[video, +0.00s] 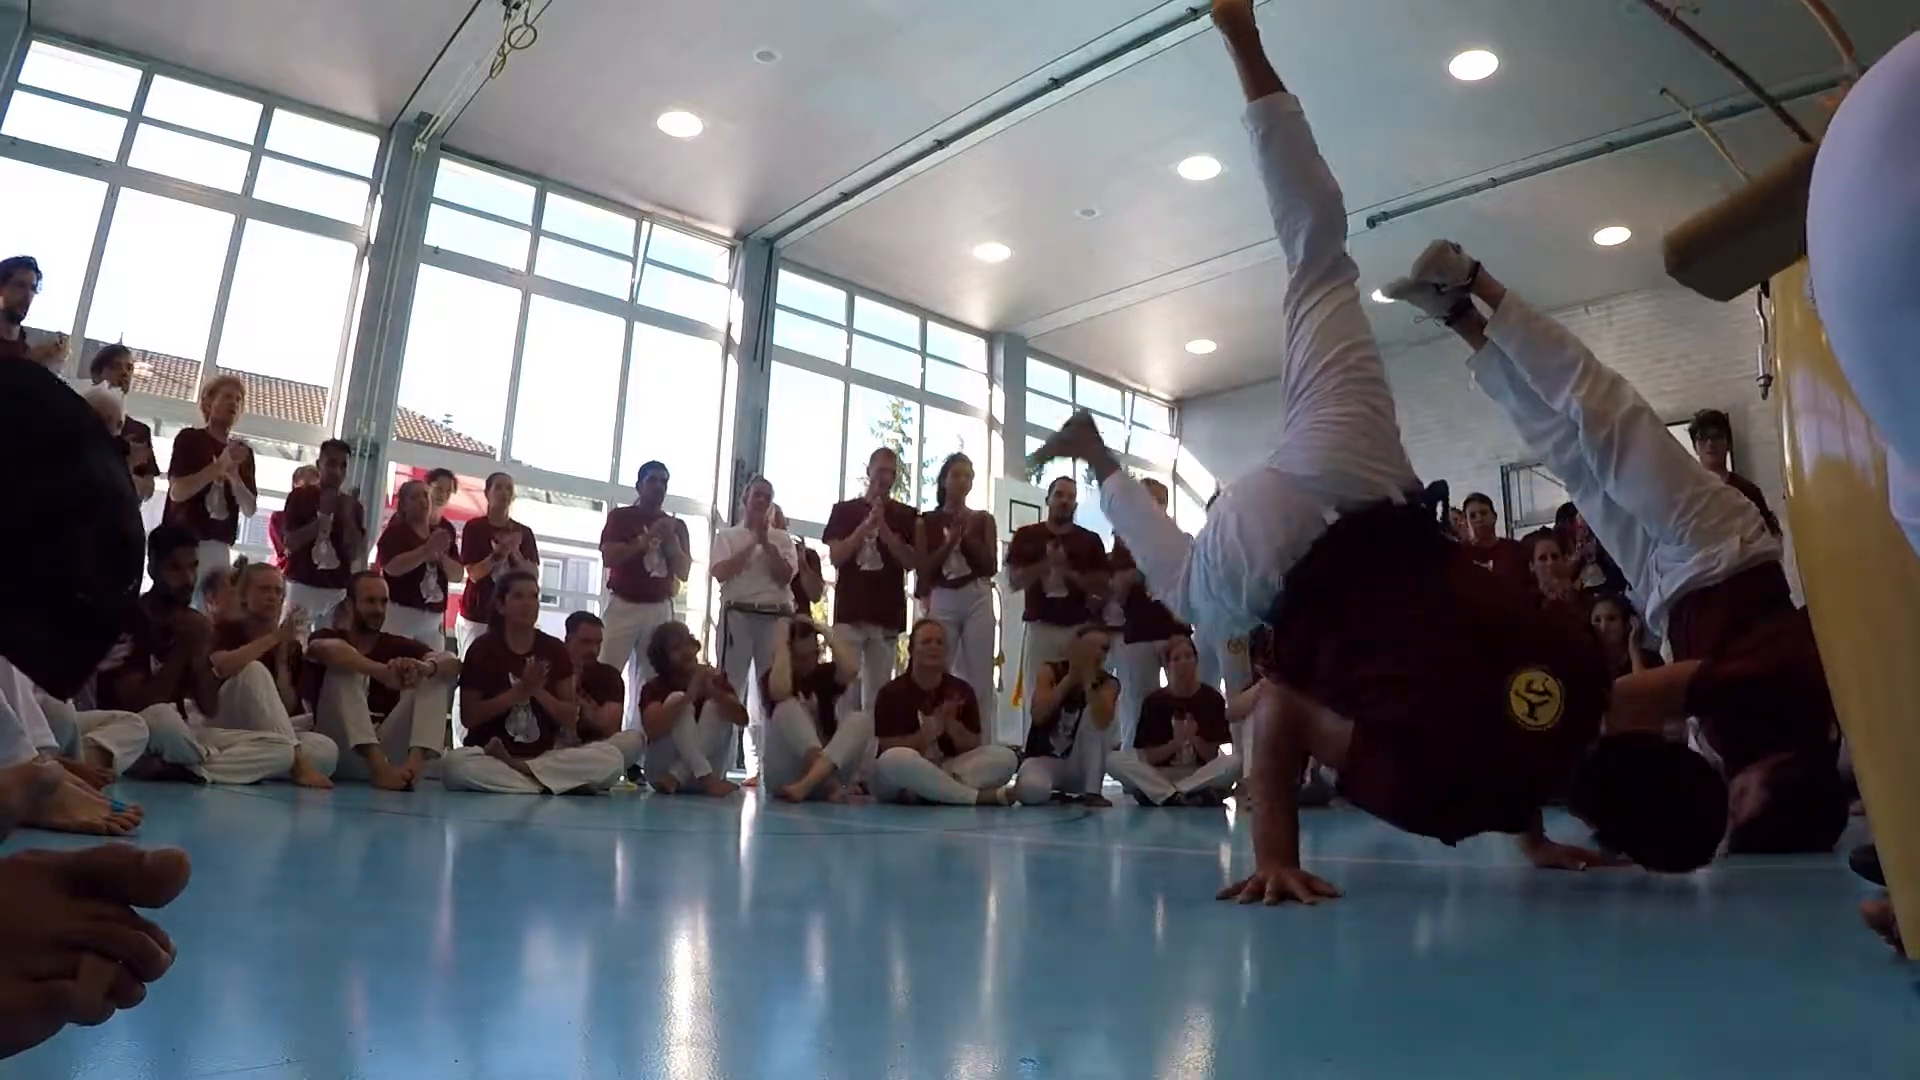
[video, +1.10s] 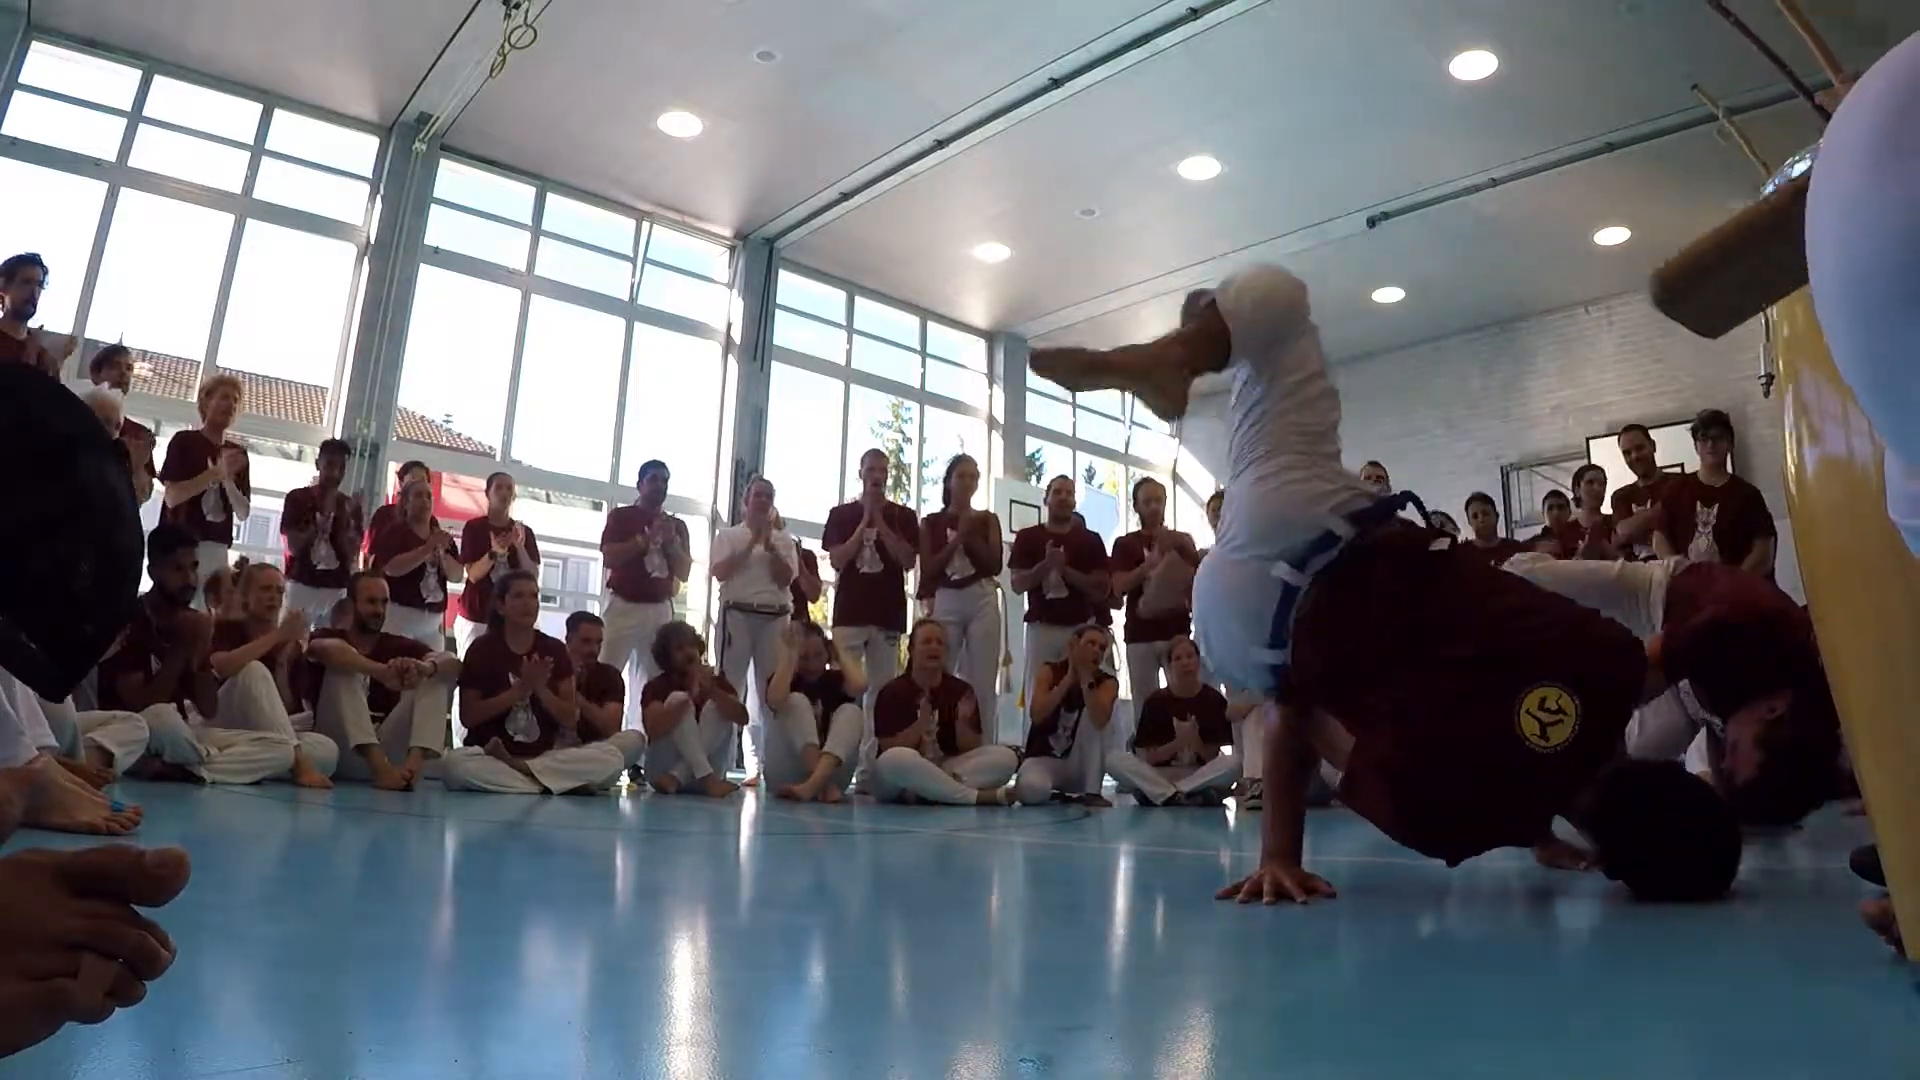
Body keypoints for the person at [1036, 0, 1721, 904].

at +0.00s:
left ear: (1641, 735)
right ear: (1607, 834)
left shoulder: (1584, 690)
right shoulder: (1436, 794)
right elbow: (1278, 702)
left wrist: (1534, 830)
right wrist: (1275, 859)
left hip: (1365, 482)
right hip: (1260, 553)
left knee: (1321, 264)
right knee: (1187, 597)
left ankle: (1243, 38)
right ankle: (1101, 456)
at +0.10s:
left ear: (1654, 775)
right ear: (1600, 848)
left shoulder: (1596, 688)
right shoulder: (1426, 800)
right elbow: (1279, 702)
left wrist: (1528, 824)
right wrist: (1273, 857)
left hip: (1388, 482)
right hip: (1279, 544)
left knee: (1325, 258)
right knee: (1208, 471)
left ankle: (1240, 44)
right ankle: (1132, 332)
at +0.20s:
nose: (1557, 876)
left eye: (1574, 874)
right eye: (1572, 872)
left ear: (1630, 788)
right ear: (1564, 851)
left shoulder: (1598, 691)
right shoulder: (1416, 796)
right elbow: (1271, 706)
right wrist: (1273, 857)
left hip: (1418, 499)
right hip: (1307, 541)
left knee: (1341, 254)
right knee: (1244, 385)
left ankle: (1260, 60)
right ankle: (1176, 232)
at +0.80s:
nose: (1562, 875)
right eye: (1582, 874)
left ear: (1663, 796)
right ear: (1575, 859)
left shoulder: (1610, 684)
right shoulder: (1430, 807)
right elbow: (1283, 698)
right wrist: (1277, 857)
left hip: (1414, 463)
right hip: (1295, 524)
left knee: (1400, 333)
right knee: (1305, 412)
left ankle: (1272, 146)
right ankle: (1257, 231)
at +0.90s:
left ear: (1677, 797)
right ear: (1597, 859)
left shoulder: (1611, 681)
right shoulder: (1427, 815)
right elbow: (1281, 707)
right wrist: (1277, 859)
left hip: (1401, 500)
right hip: (1272, 559)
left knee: (1392, 336)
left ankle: (1249, 239)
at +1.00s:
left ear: (1662, 770)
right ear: (1601, 857)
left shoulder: (1613, 671)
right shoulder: (1440, 820)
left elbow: (1481, 594)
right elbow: (1284, 705)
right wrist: (1276, 857)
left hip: (1343, 500)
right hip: (1245, 592)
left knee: (1358, 294)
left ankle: (1238, 343)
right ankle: (1221, 481)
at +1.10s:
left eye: (1707, 780)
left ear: (1655, 787)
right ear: (1605, 863)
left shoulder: (1611, 662)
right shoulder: (1446, 822)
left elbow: (1470, 595)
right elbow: (1296, 713)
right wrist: (1277, 859)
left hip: (1317, 520)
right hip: (1243, 631)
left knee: (1269, 299)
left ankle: (1153, 369)